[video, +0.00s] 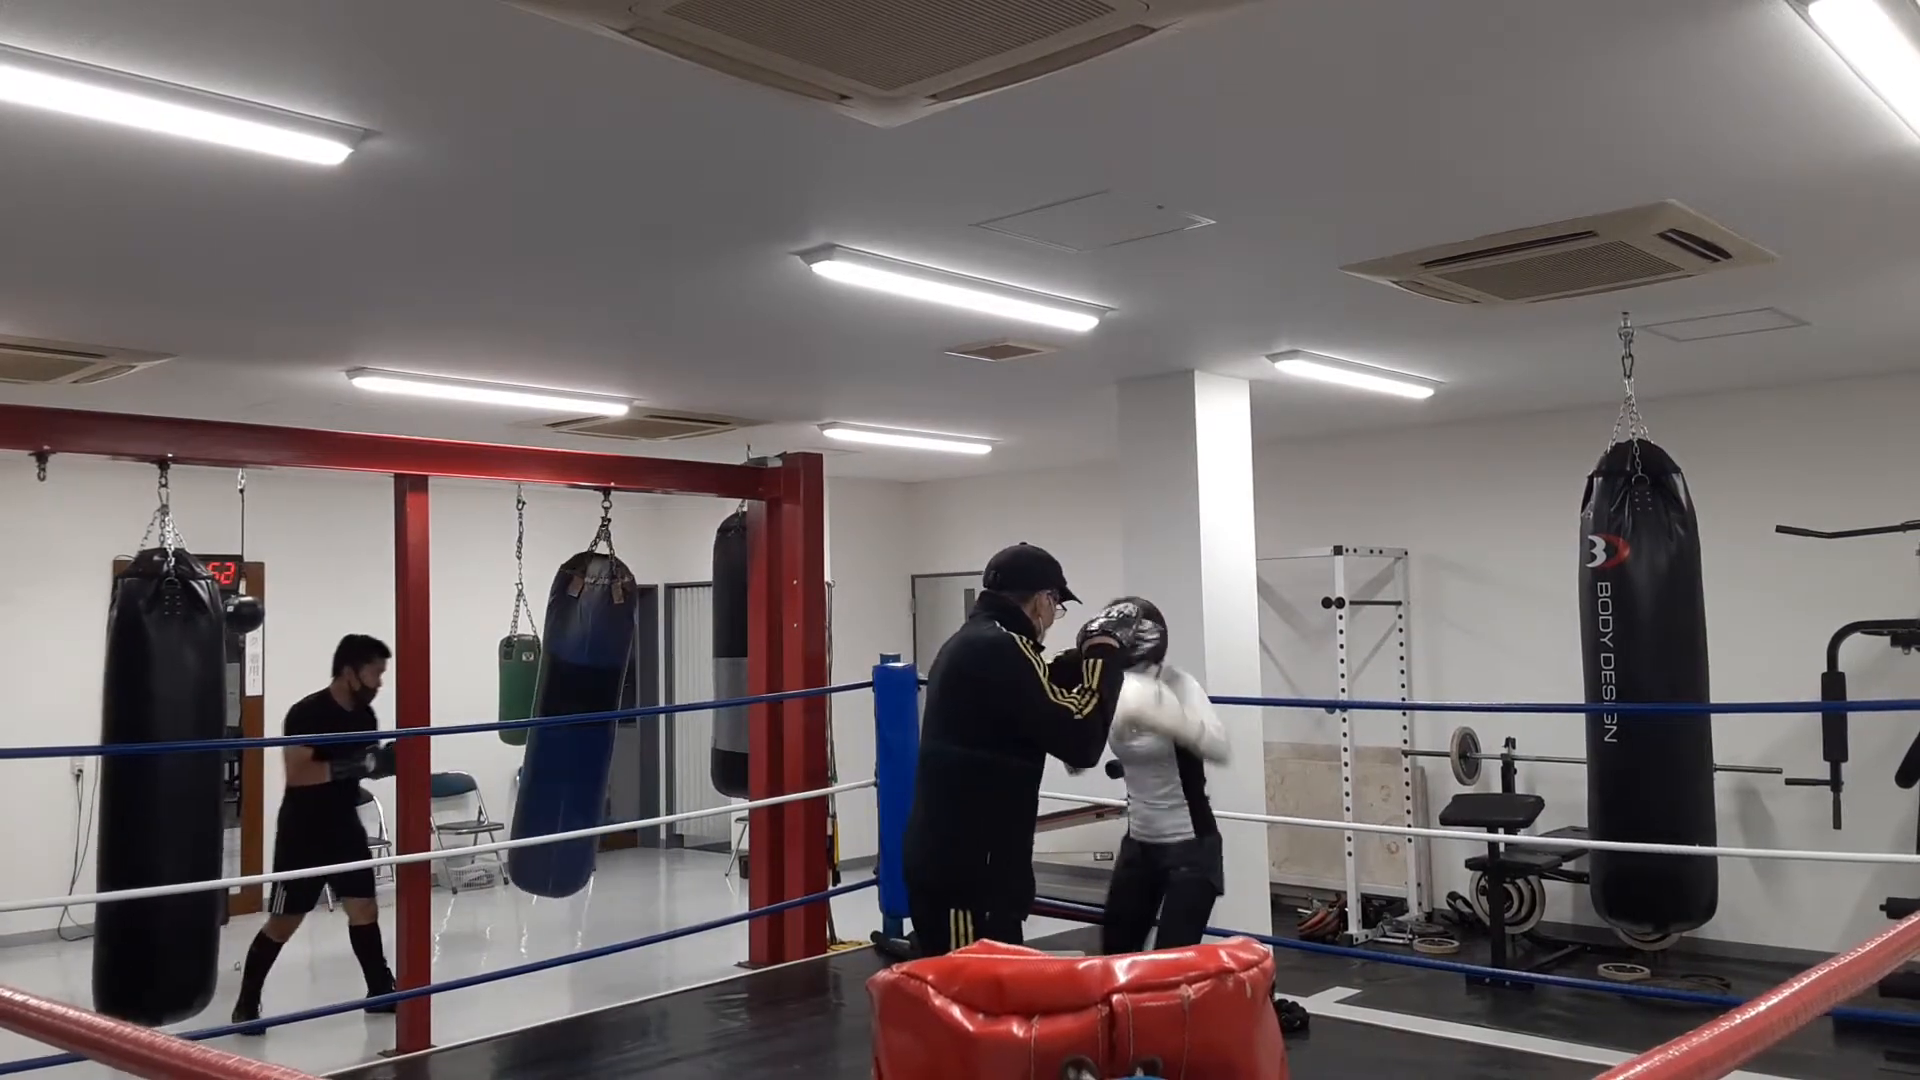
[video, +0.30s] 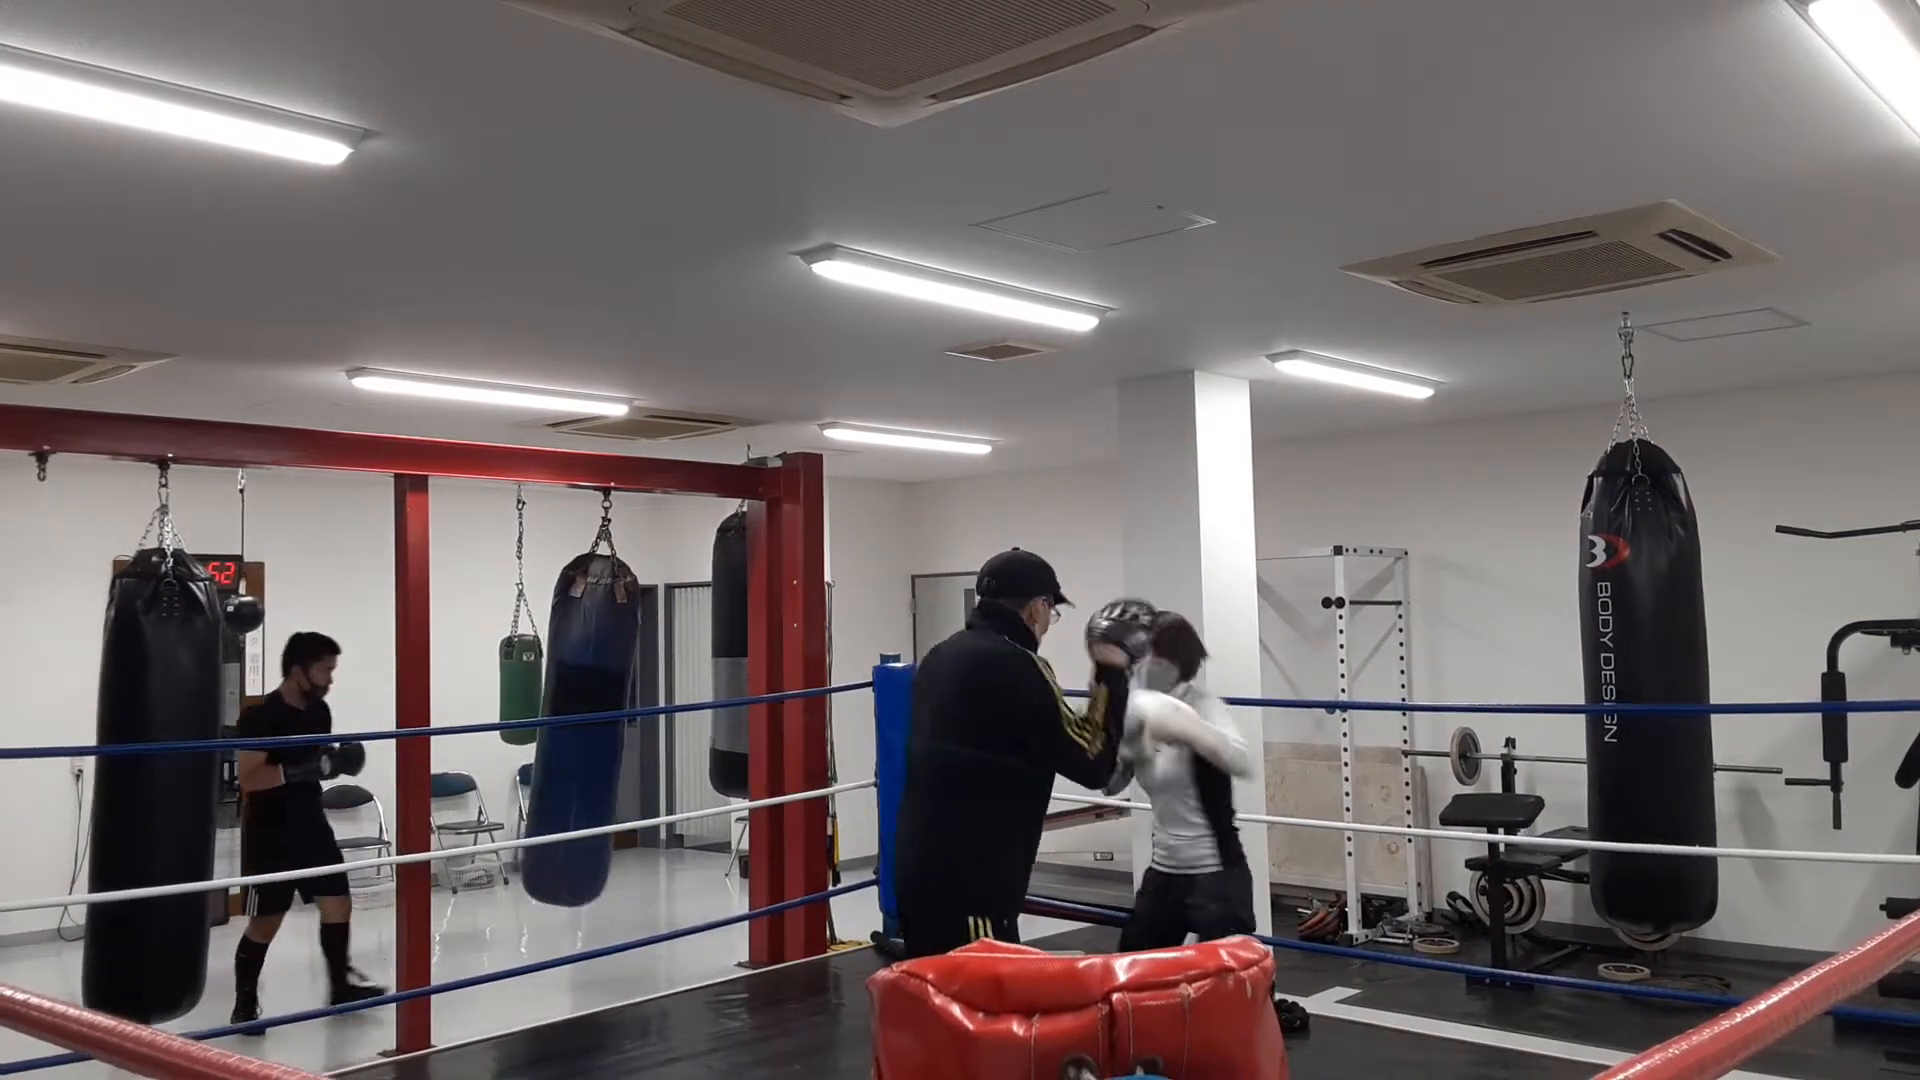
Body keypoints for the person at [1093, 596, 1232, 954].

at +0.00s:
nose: (1118, 642)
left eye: (1126, 631)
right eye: (1112, 634)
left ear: (1147, 638)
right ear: (1107, 641)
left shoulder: (1179, 684)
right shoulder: (1108, 688)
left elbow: (1220, 749)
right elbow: (1077, 762)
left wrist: (1160, 716)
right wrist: (1081, 688)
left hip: (1191, 848)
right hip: (1140, 847)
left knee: (1169, 963)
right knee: (1116, 956)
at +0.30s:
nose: (1143, 666)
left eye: (1154, 657)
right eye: (1142, 656)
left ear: (1177, 663)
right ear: (1140, 658)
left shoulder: (1204, 705)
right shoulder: (1140, 713)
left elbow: (1243, 763)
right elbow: (1111, 785)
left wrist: (1184, 727)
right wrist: (1128, 739)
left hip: (1217, 875)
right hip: (1164, 874)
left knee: (1231, 980)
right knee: (1132, 975)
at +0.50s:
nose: (1190, 649)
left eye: (1202, 639)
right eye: (1181, 638)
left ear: (1227, 644)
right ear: (1170, 643)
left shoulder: (1250, 701)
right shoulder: (1162, 703)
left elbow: (1305, 766)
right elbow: (1120, 737)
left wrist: (1275, 726)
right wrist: (1132, 720)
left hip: (1258, 860)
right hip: (1191, 863)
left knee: (1270, 991)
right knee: (1168, 983)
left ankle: (1289, 1069)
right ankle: (1166, 1072)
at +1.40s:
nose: (1200, 648)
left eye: (1212, 637)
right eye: (1194, 639)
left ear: (1244, 640)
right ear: (1188, 644)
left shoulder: (1288, 703)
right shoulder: (1189, 709)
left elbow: (1343, 785)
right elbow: (1138, 760)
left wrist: (1289, 768)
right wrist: (1143, 712)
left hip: (1293, 888)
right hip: (1229, 888)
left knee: (1280, 1032)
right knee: (1214, 1015)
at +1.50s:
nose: (1192, 660)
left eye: (1202, 647)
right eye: (1189, 649)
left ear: (1238, 654)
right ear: (1187, 652)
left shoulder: (1281, 713)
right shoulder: (1202, 718)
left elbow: (1292, 779)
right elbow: (1170, 802)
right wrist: (1146, 767)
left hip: (1293, 901)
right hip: (1239, 892)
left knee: (1270, 1031)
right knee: (1201, 1002)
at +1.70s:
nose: (1203, 630)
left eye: (1214, 620)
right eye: (1202, 620)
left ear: (1251, 627)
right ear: (1201, 626)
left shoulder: (1302, 686)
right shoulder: (1196, 693)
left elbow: (1348, 766)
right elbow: (1127, 759)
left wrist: (1284, 719)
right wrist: (1139, 720)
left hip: (1304, 876)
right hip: (1232, 874)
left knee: (1297, 1024)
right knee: (1218, 1010)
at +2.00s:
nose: (1233, 657)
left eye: (1245, 646)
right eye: (1229, 645)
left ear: (1279, 655)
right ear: (1225, 645)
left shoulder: (1320, 697)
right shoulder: (1214, 707)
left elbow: (1367, 785)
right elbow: (1160, 768)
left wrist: (1333, 735)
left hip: (1314, 884)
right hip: (1241, 884)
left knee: (1310, 1033)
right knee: (1230, 1025)